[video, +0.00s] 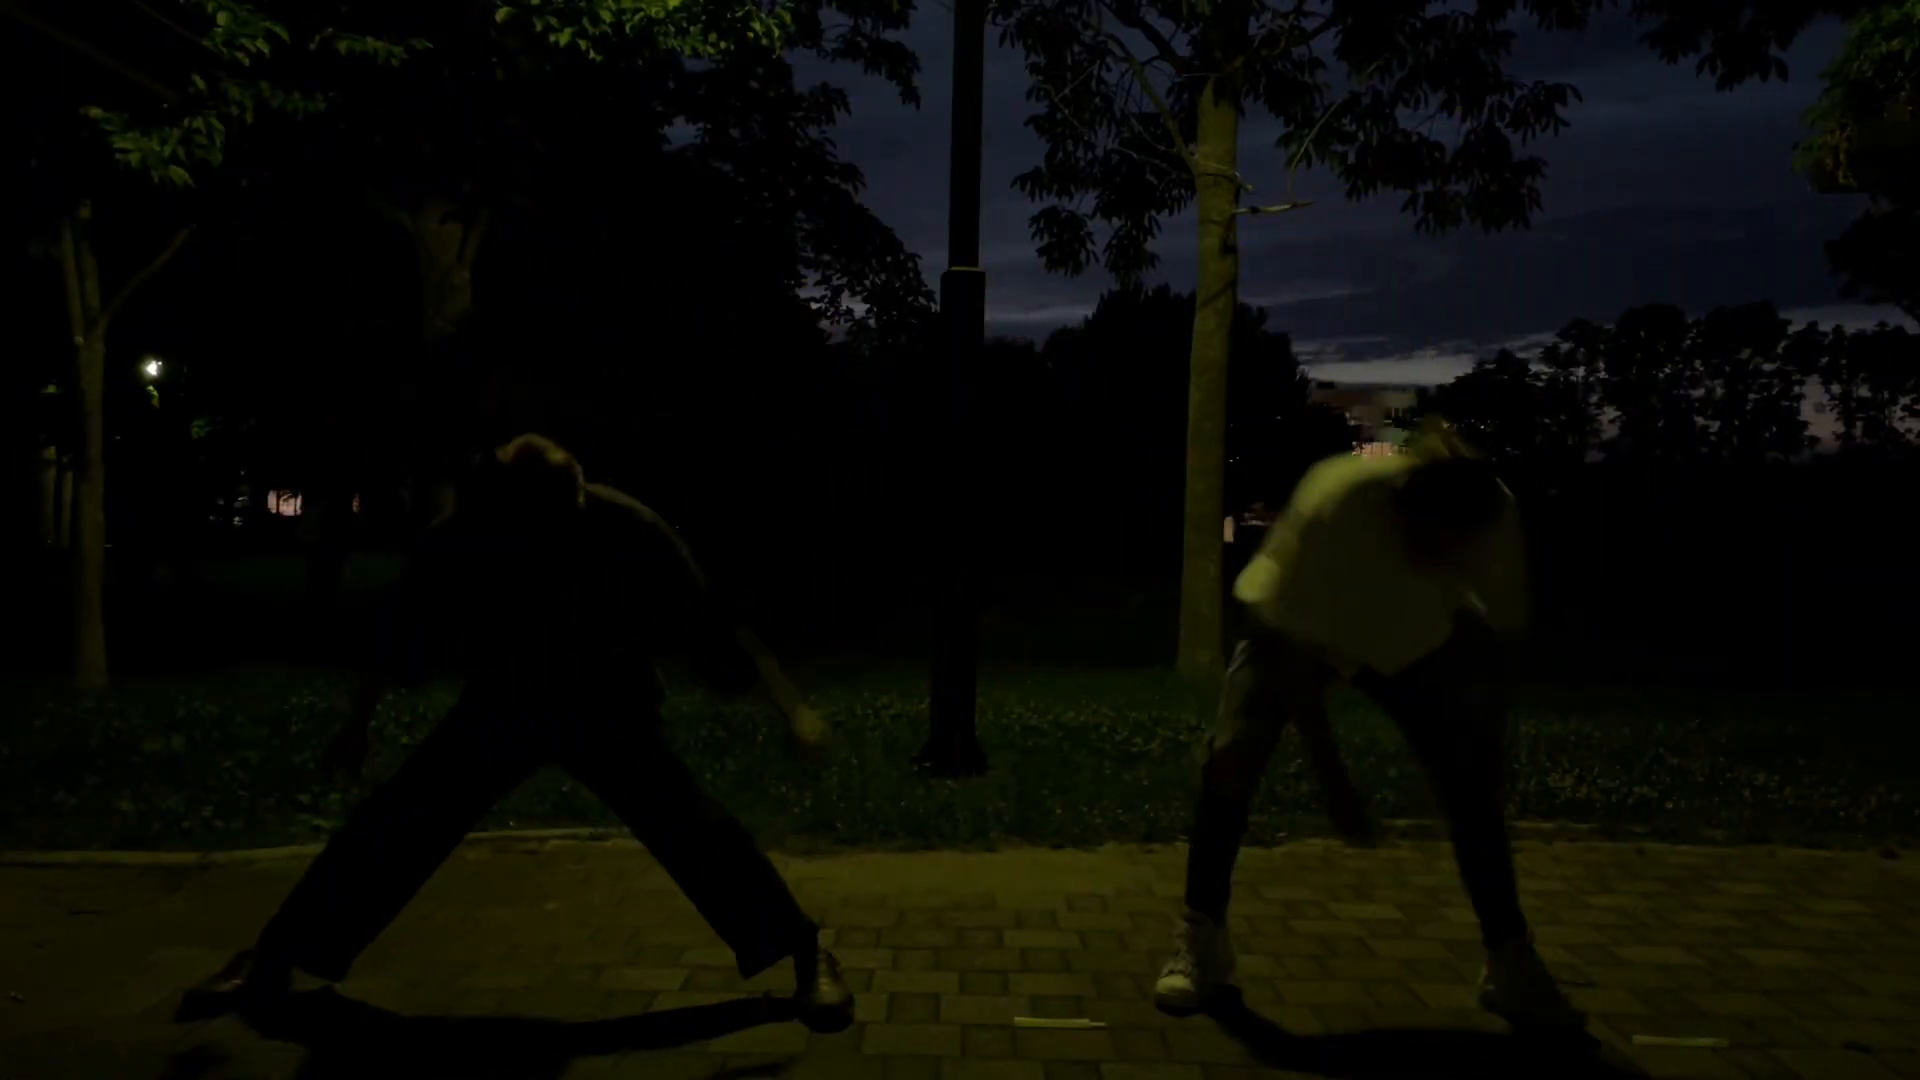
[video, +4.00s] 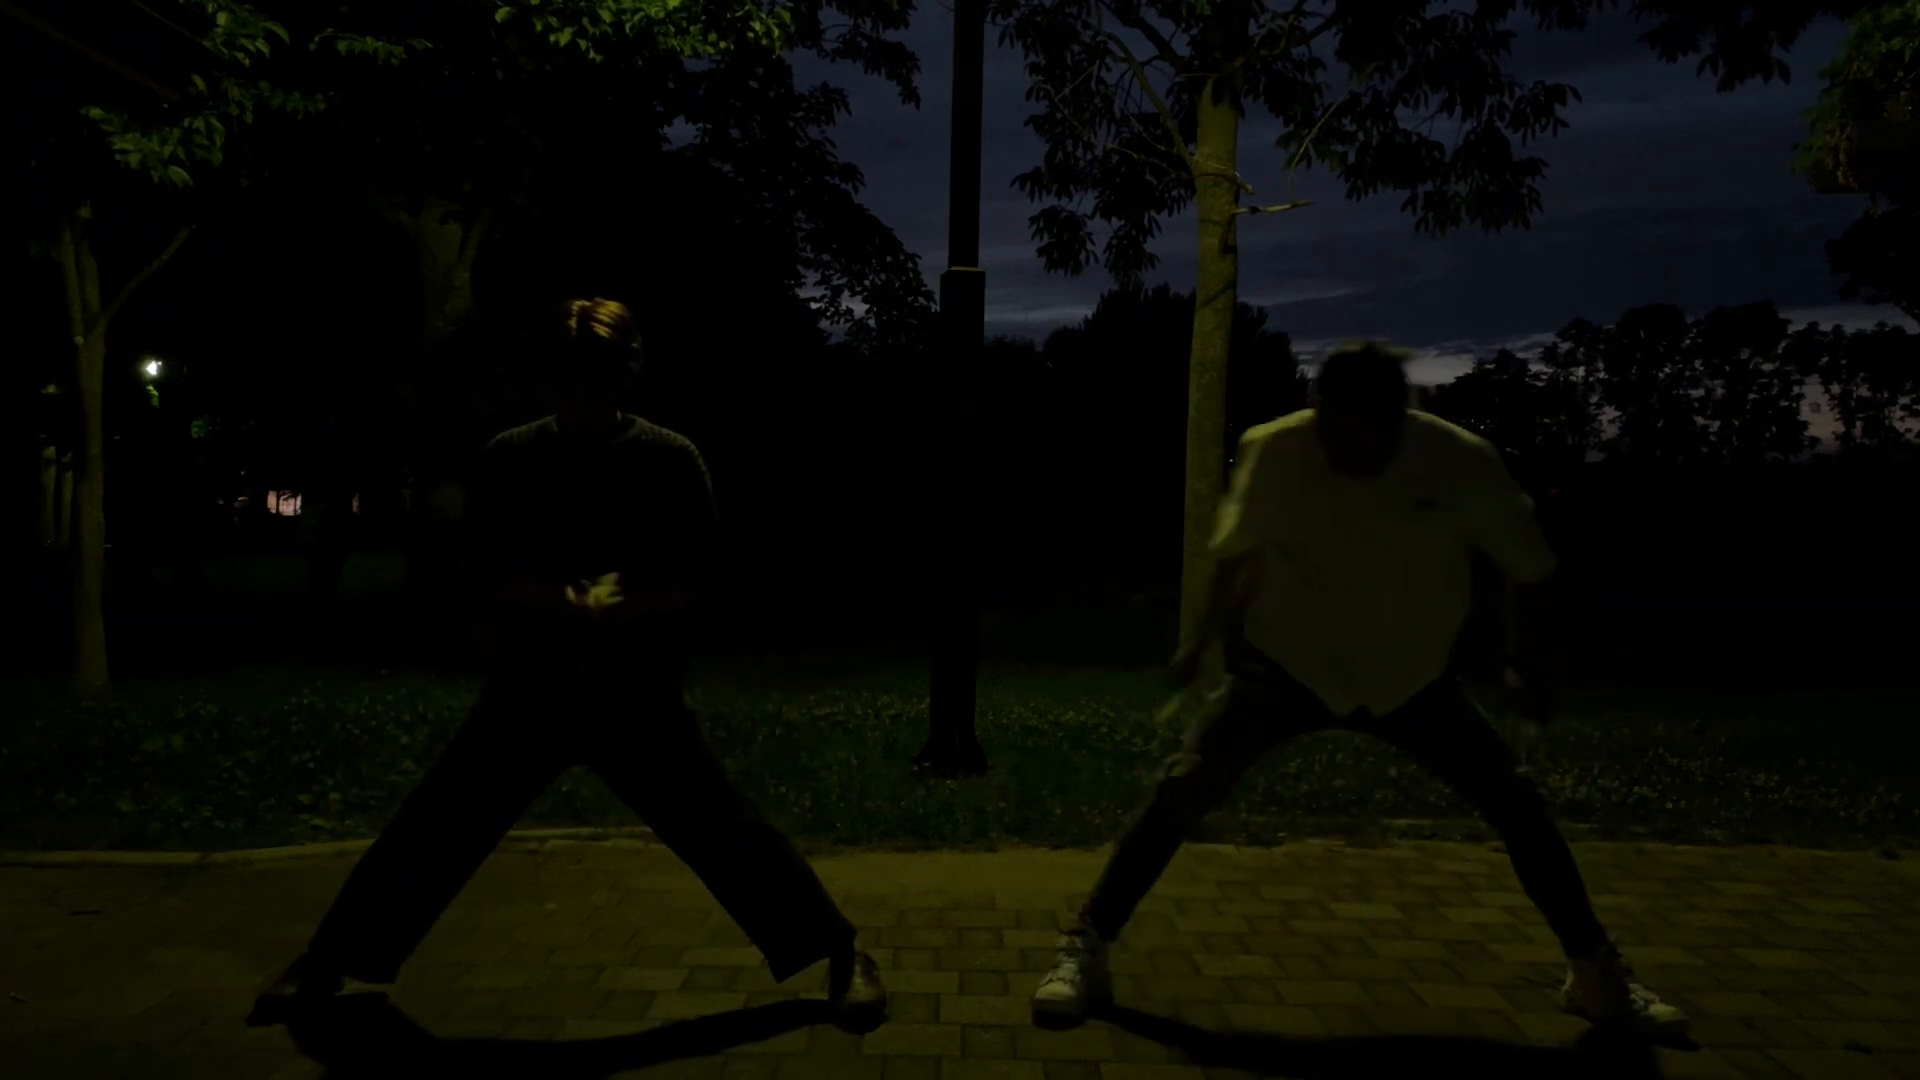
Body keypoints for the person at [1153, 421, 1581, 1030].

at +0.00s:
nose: (1448, 552)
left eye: (1462, 539)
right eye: (1441, 536)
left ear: (1480, 514)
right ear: (1408, 507)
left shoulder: (1490, 517)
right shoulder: (1334, 502)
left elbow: (1505, 639)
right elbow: (1281, 638)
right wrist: (1334, 785)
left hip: (1414, 632)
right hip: (1299, 624)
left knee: (1473, 789)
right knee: (1231, 760)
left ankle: (1511, 964)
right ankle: (1200, 942)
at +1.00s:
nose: (1533, 838)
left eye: (1550, 830)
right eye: (1533, 826)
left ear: (1585, 765)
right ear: (1506, 780)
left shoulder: (1575, 732)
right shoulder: (1427, 733)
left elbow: (1605, 852)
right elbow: (1365, 883)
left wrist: (1653, 969)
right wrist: (1387, 1021)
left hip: (1443, 606)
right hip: (1338, 614)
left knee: (1531, 800)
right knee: (1261, 783)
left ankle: (1514, 968)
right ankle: (1166, 948)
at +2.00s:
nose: (1478, 683)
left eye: (1488, 673)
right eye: (1469, 671)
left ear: (1516, 620)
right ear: (1440, 620)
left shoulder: (1512, 572)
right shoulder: (1354, 594)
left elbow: (1536, 669)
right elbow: (1281, 731)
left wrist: (1558, 725)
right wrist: (1267, 853)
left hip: (1422, 641)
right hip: (1304, 624)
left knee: (1518, 778)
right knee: (1241, 772)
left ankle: (1562, 951)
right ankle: (1164, 943)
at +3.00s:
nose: (1238, 794)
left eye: (1258, 780)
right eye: (1227, 776)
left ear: (1293, 732)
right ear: (1216, 744)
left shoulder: (1376, 688)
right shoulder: (1187, 733)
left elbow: (1470, 680)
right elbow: (1145, 850)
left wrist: (1499, 765)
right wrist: (1082, 970)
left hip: (1365, 618)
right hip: (1251, 625)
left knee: (1497, 808)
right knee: (1180, 804)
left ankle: (1601, 973)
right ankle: (1162, 960)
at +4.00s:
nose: (1351, 456)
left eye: (1367, 440)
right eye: (1338, 437)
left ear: (1399, 422)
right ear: (1315, 419)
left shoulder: (1459, 463)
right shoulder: (1272, 455)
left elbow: (1527, 568)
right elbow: (1233, 560)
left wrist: (1522, 670)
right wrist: (1203, 657)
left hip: (1411, 675)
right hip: (1288, 669)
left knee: (1520, 808)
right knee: (1180, 795)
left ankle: (1600, 976)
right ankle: (1085, 952)